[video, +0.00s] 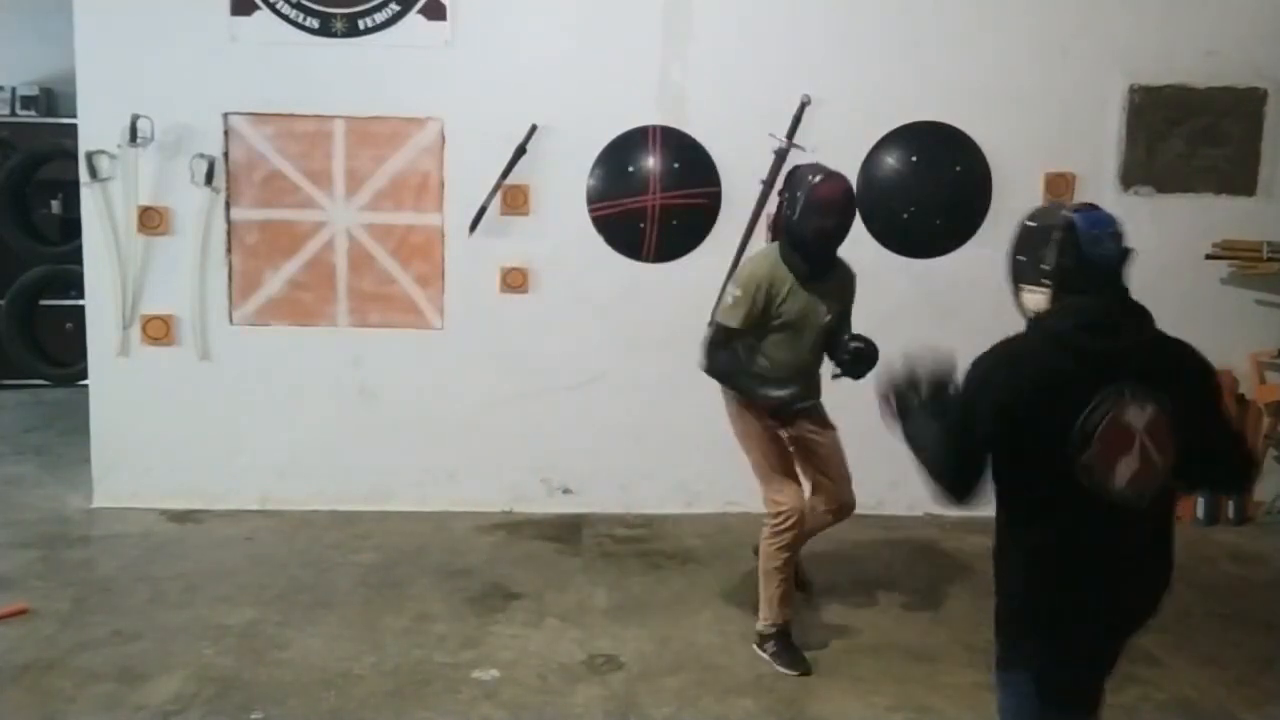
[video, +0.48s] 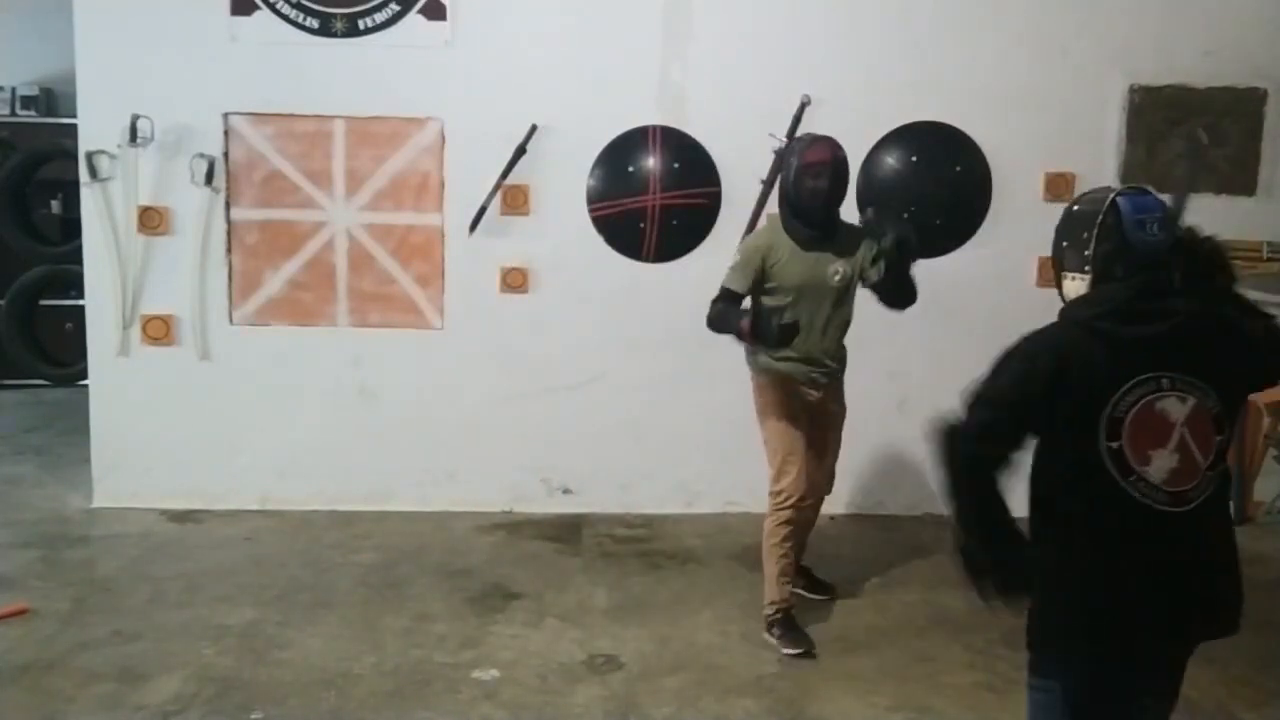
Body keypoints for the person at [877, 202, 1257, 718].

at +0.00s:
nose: (1019, 275)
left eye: (1026, 264)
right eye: (1024, 262)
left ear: (1041, 275)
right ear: (1111, 272)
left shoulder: (1008, 367)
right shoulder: (1178, 363)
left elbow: (957, 476)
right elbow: (1228, 470)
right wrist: (1152, 452)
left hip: (1040, 588)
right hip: (1135, 583)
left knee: (1029, 702)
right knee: (1077, 699)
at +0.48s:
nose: (1063, 272)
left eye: (1070, 259)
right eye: (1066, 258)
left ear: (1094, 261)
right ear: (1168, 256)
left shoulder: (1063, 347)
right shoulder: (1224, 330)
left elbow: (970, 449)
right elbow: (1271, 350)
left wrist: (1007, 565)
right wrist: (1212, 284)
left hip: (1082, 598)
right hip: (1183, 596)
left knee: (1066, 704)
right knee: (1147, 706)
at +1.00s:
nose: (1035, 273)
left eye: (1039, 261)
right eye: (1036, 260)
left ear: (1061, 256)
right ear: (1128, 253)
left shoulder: (1046, 327)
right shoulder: (1180, 314)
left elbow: (969, 414)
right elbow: (1244, 339)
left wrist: (894, 484)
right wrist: (1167, 288)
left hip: (1064, 573)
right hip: (1159, 574)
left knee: (1030, 697)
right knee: (1117, 701)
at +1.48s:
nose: (1022, 257)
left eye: (1028, 245)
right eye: (1025, 244)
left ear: (1047, 251)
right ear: (1104, 251)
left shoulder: (1032, 334)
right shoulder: (1135, 326)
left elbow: (994, 452)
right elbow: (1077, 400)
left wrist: (956, 507)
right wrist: (988, 380)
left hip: (1032, 546)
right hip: (1113, 545)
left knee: (966, 685)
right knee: (1059, 678)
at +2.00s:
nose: (972, 255)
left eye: (978, 244)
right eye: (975, 243)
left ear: (994, 248)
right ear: (1048, 242)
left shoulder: (979, 320)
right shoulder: (1083, 311)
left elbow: (938, 422)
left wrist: (892, 491)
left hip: (992, 530)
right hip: (1075, 525)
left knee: (951, 680)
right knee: (1051, 676)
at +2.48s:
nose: (945, 244)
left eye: (954, 234)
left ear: (961, 246)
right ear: (1032, 248)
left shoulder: (913, 319)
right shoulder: (1072, 325)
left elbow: (839, 387)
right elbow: (1160, 396)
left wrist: (805, 348)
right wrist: (1171, 335)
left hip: (931, 548)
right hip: (1022, 545)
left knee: (932, 695)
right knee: (1015, 673)